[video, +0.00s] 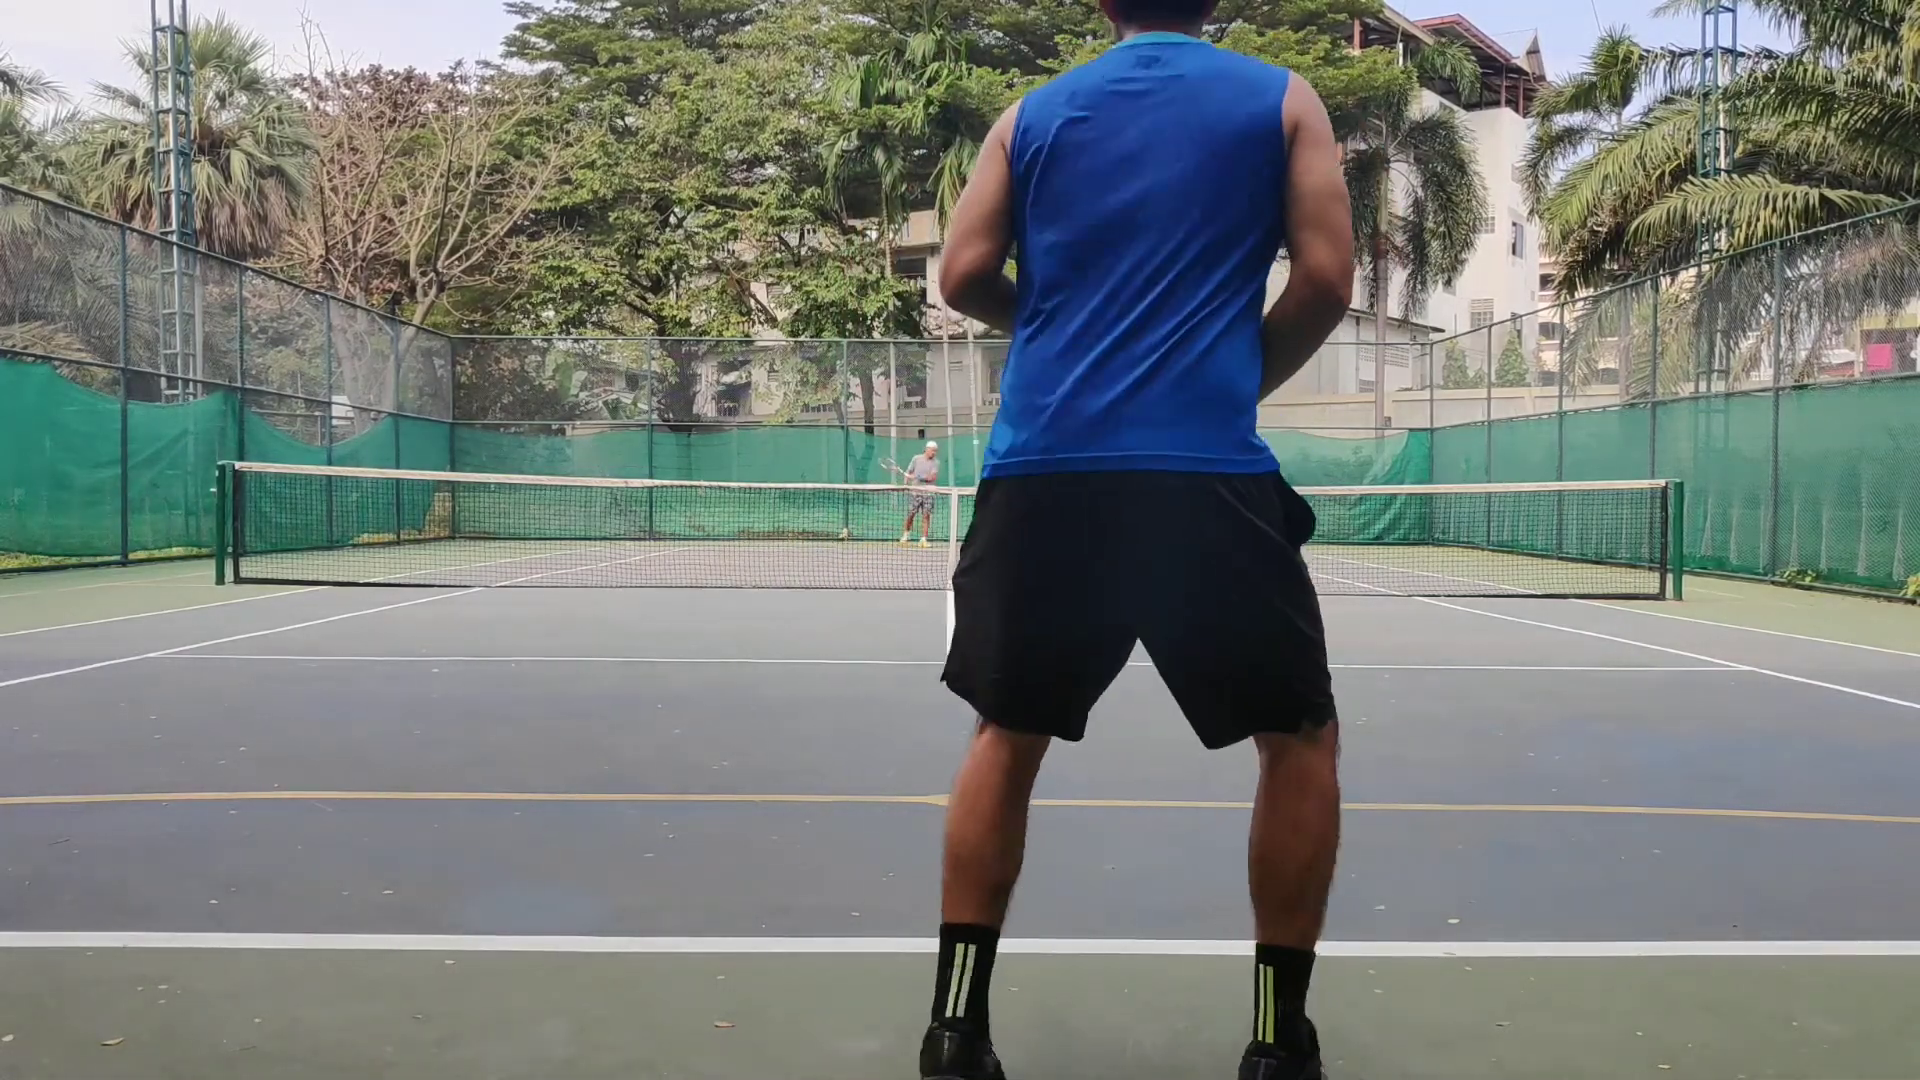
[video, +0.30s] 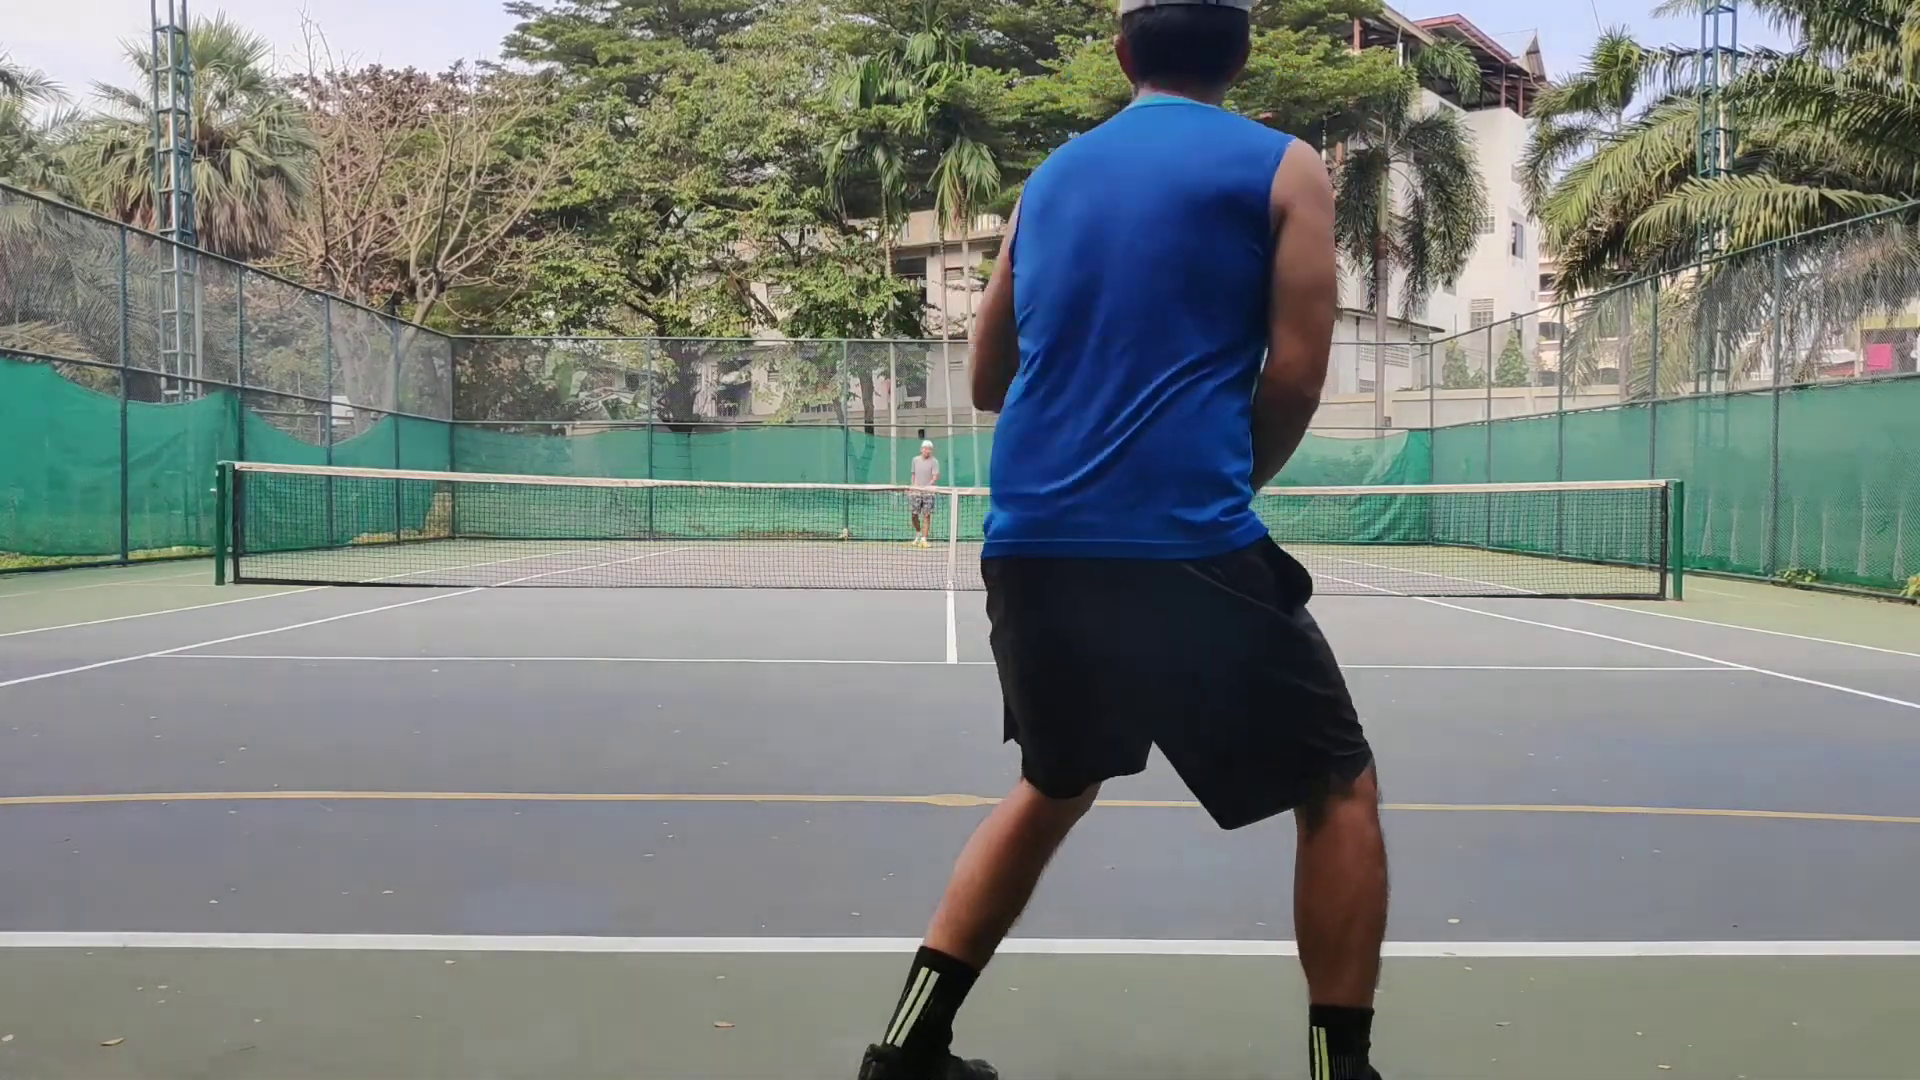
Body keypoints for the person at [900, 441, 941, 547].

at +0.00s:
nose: (933, 453)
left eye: (935, 451)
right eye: (931, 450)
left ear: (936, 452)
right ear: (926, 450)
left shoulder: (935, 462)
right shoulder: (916, 459)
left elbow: (933, 477)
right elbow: (909, 472)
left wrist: (919, 478)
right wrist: (907, 479)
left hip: (928, 490)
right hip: (916, 489)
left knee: (926, 514)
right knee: (912, 512)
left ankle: (924, 537)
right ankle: (906, 532)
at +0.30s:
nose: (927, 451)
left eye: (929, 449)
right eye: (925, 448)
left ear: (931, 450)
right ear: (921, 449)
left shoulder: (933, 461)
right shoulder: (915, 460)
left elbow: (935, 474)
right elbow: (913, 473)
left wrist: (931, 483)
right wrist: (913, 485)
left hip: (928, 490)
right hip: (916, 489)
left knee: (926, 515)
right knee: (914, 514)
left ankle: (925, 537)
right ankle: (918, 533)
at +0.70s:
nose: (924, 452)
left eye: (925, 449)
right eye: (921, 449)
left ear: (929, 451)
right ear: (918, 451)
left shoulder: (933, 461)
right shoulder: (914, 462)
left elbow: (940, 473)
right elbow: (909, 476)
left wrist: (946, 481)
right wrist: (910, 488)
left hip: (931, 491)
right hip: (918, 491)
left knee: (930, 515)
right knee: (919, 515)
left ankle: (929, 537)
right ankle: (919, 535)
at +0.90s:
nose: (927, 450)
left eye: (929, 448)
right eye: (925, 448)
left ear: (932, 449)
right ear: (921, 450)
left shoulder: (937, 460)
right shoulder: (917, 461)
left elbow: (943, 472)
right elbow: (910, 473)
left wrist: (948, 483)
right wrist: (911, 486)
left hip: (934, 490)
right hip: (921, 491)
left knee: (939, 514)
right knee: (921, 515)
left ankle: (941, 536)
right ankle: (920, 536)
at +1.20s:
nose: (939, 453)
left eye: (941, 451)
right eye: (937, 451)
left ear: (943, 452)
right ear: (933, 453)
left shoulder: (948, 464)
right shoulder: (928, 464)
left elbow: (951, 477)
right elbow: (924, 477)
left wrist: (951, 488)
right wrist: (925, 488)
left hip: (945, 491)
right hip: (932, 491)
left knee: (949, 515)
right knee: (928, 514)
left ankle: (950, 534)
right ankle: (921, 534)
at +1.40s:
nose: (946, 451)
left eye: (948, 449)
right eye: (944, 449)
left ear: (950, 450)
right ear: (940, 451)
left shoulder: (955, 461)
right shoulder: (935, 462)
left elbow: (959, 474)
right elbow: (933, 475)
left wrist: (957, 485)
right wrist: (934, 486)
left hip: (952, 490)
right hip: (939, 490)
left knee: (954, 513)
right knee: (937, 512)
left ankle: (954, 534)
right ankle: (934, 534)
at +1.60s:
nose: (948, 452)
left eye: (950, 450)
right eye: (946, 450)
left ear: (953, 452)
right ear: (942, 452)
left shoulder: (958, 463)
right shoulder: (938, 464)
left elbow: (963, 475)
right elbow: (934, 476)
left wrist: (961, 486)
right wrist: (937, 486)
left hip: (957, 490)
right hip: (943, 490)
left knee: (960, 513)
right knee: (942, 513)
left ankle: (958, 533)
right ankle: (940, 535)